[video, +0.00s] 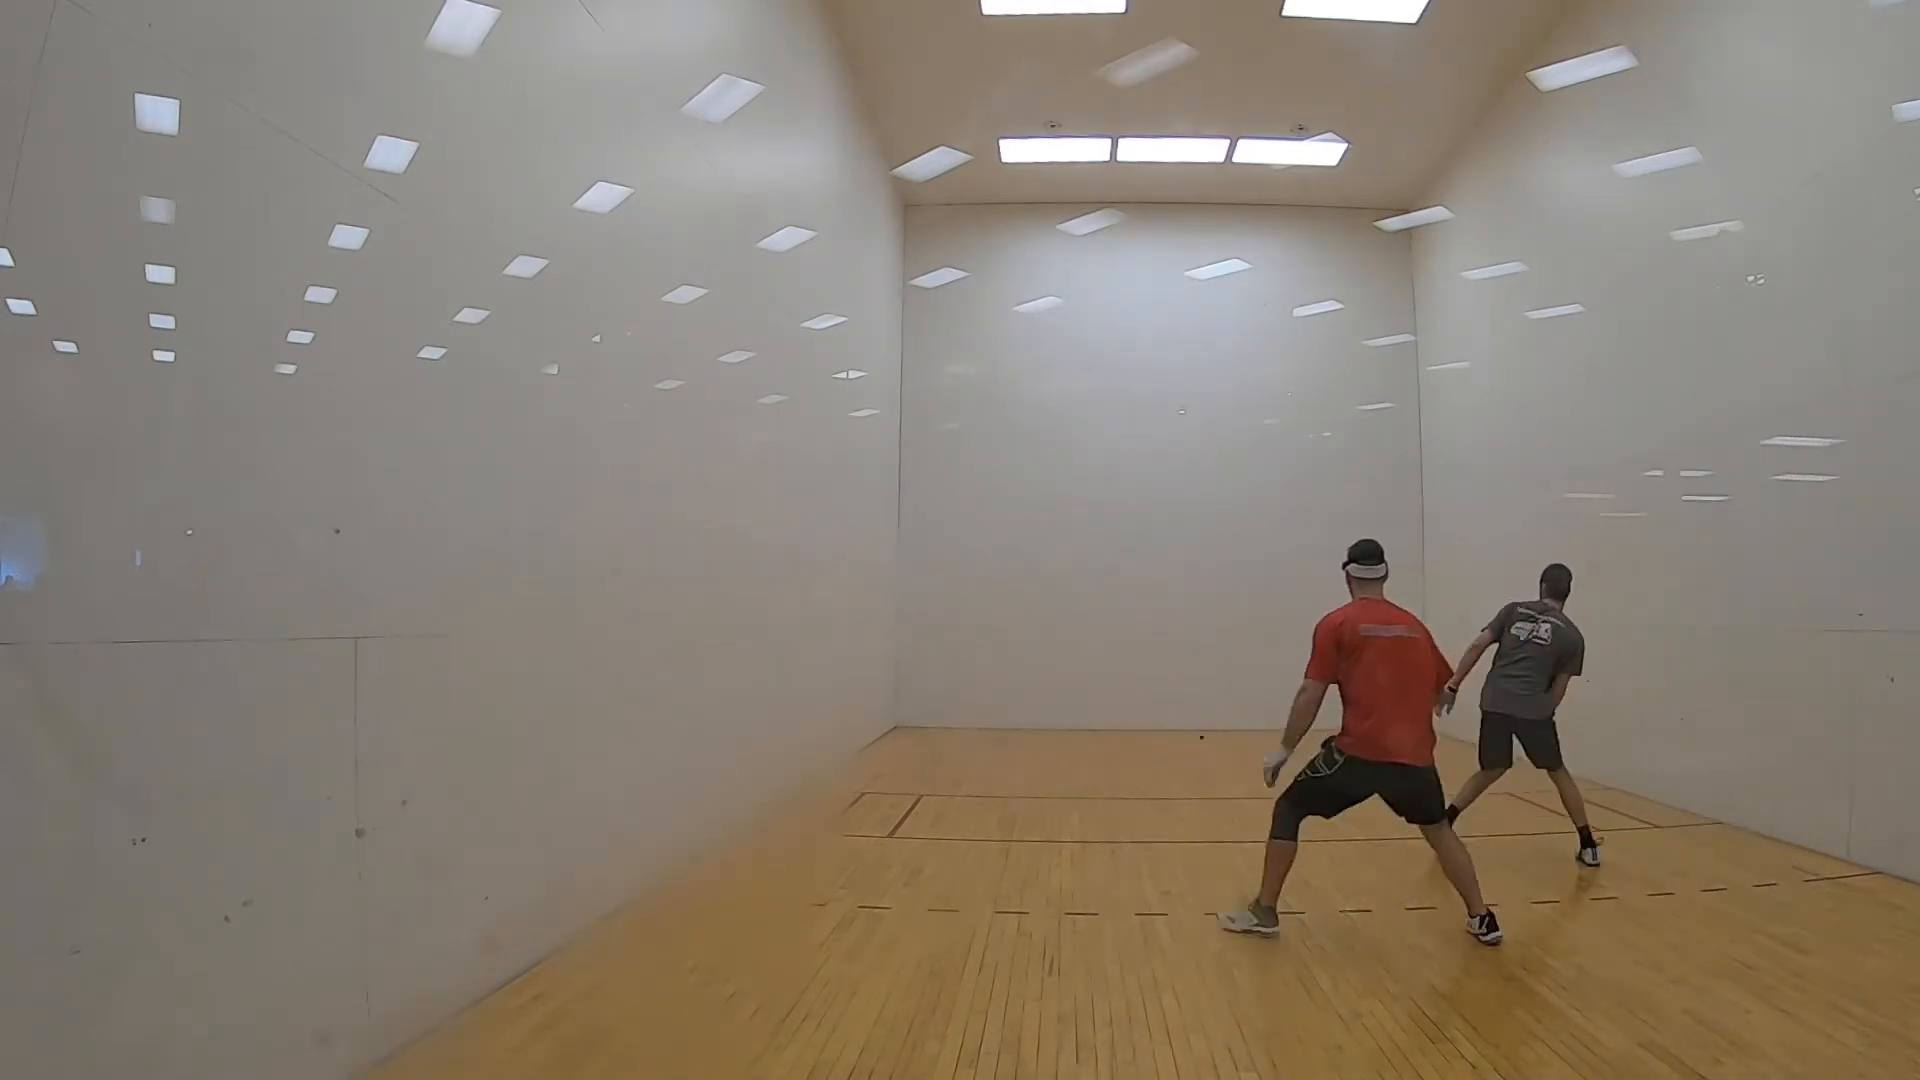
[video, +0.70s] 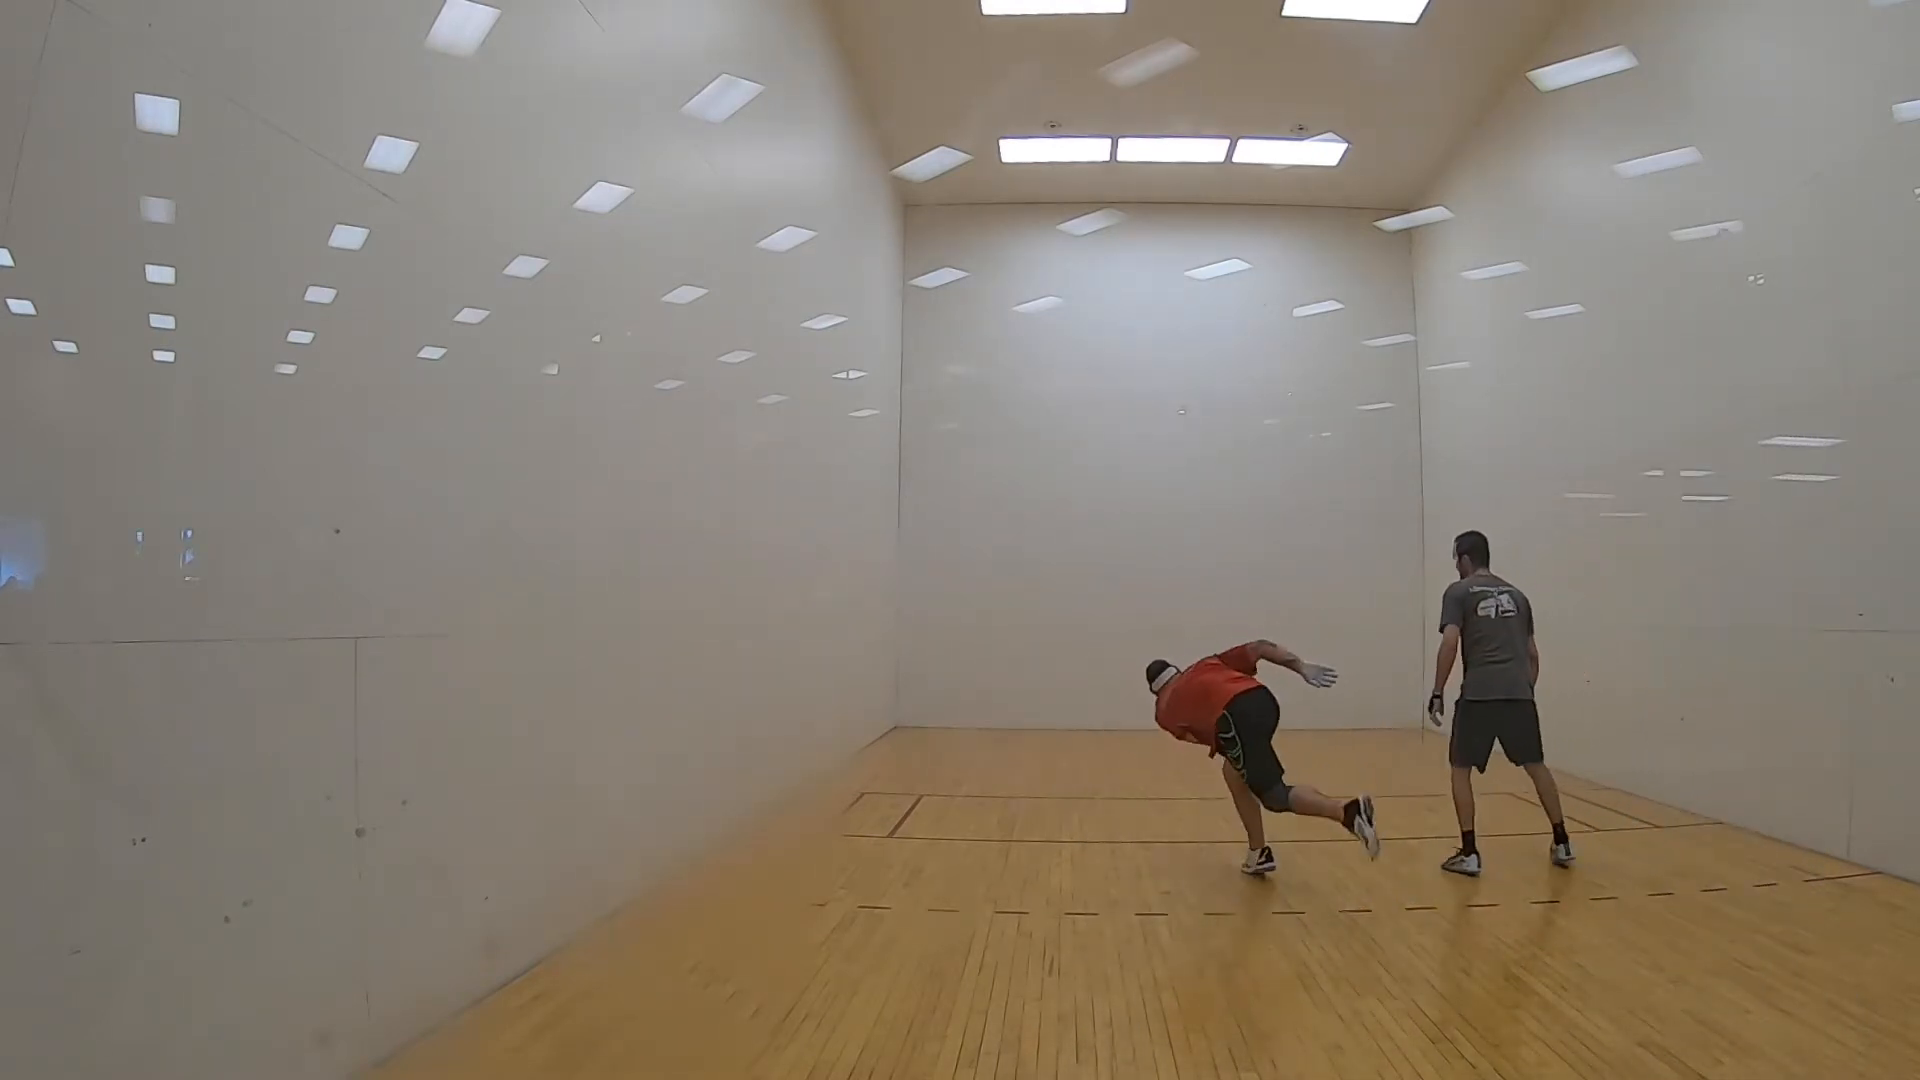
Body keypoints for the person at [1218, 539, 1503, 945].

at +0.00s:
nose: (1350, 581)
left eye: (1347, 575)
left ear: (1347, 576)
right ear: (1386, 576)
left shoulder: (1336, 624)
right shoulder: (1414, 625)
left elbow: (1310, 696)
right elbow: (1440, 688)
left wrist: (1284, 749)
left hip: (1355, 756)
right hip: (1414, 762)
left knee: (1289, 809)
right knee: (1440, 831)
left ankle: (1264, 910)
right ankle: (1481, 916)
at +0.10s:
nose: (1291, 594)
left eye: (1289, 589)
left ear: (1290, 590)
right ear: (1327, 586)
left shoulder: (1291, 634)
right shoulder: (1355, 625)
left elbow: (1266, 705)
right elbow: (1338, 689)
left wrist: (1248, 728)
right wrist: (1286, 709)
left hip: (1322, 757)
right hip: (1376, 755)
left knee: (1258, 809)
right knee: (1381, 829)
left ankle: (1260, 909)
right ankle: (1423, 897)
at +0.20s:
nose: (1243, 617)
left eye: (1241, 611)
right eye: (1247, 610)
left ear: (1243, 611)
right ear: (1277, 604)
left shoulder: (1256, 645)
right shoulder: (1307, 631)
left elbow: (1236, 706)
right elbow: (1320, 687)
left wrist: (1191, 722)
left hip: (1307, 748)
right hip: (1357, 742)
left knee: (1245, 811)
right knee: (1335, 804)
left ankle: (1260, 910)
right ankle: (1357, 870)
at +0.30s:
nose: (1211, 647)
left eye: (1209, 641)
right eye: (1211, 641)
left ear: (1210, 639)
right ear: (1242, 629)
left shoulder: (1228, 656)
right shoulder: (1275, 646)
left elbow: (1215, 691)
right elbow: (1325, 668)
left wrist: (1175, 719)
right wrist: (1355, 704)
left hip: (1294, 744)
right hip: (1340, 737)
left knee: (1232, 814)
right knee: (1312, 779)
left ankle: (1259, 909)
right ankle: (1314, 862)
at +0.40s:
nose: (1189, 676)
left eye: (1186, 669)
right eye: (1187, 670)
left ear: (1187, 664)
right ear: (1212, 652)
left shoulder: (1201, 680)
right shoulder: (1253, 656)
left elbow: (1215, 704)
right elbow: (1302, 642)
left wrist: (1200, 737)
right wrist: (1354, 652)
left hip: (1285, 736)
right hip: (1324, 725)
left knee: (1236, 812)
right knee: (1288, 779)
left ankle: (1260, 906)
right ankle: (1277, 856)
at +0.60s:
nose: (1169, 701)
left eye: (1165, 697)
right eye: (1167, 695)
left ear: (1166, 696)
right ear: (1184, 674)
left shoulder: (1183, 723)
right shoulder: (1217, 662)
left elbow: (1206, 762)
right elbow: (1268, 645)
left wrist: (1224, 768)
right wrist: (1311, 666)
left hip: (1262, 725)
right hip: (1288, 707)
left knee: (1285, 803)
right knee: (1245, 772)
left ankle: (1339, 874)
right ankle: (1258, 857)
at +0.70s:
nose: (1159, 693)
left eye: (1157, 689)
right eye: (1161, 687)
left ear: (1156, 688)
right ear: (1177, 670)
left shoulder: (1163, 710)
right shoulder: (1206, 665)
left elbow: (1196, 732)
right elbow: (1259, 647)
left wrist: (1222, 745)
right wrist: (1301, 667)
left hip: (1236, 721)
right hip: (1265, 702)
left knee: (1275, 796)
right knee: (1232, 771)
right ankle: (1258, 852)